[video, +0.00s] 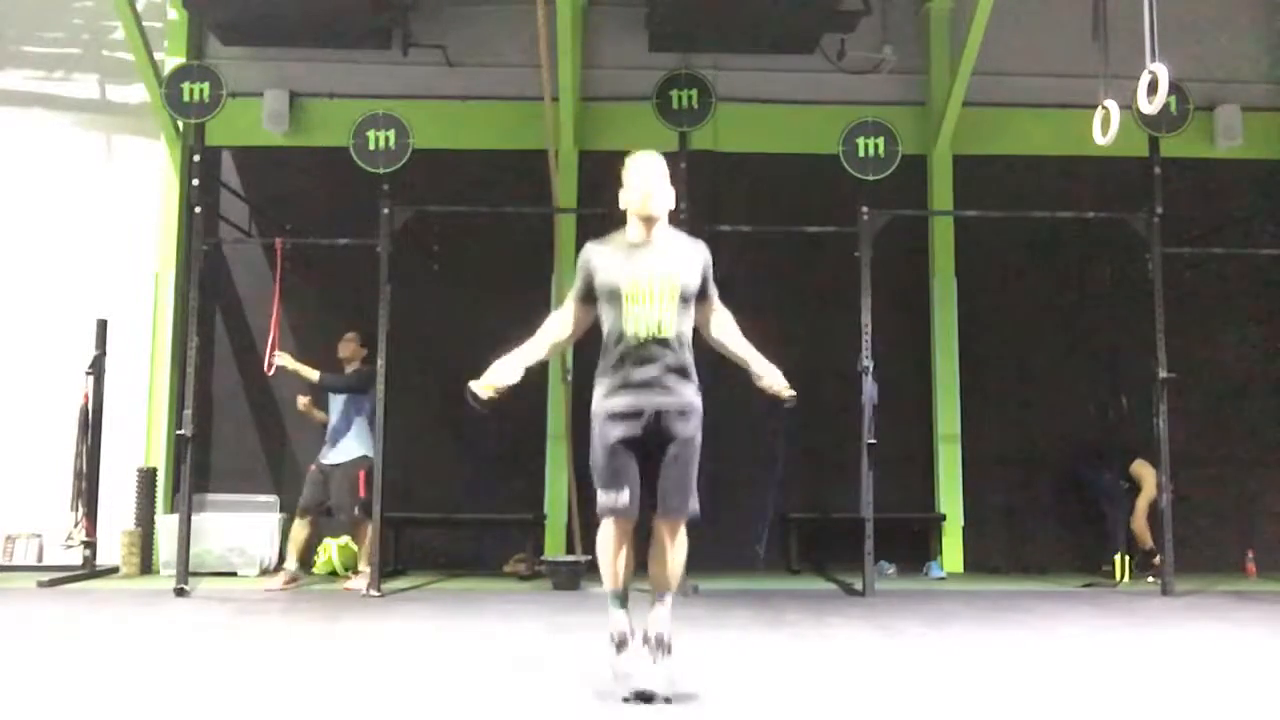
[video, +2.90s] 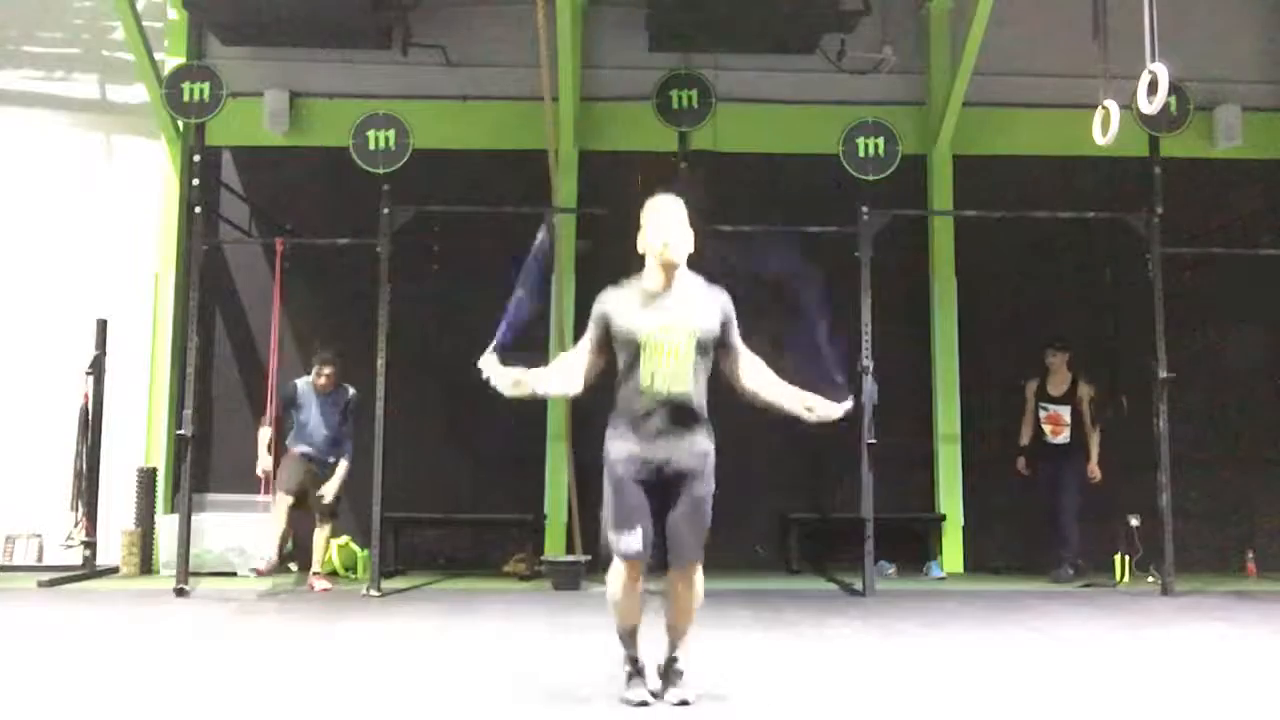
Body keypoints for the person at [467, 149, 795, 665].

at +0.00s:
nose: (651, 191)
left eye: (657, 183)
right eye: (641, 183)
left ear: (671, 191)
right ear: (622, 193)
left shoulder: (695, 254)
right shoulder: (597, 255)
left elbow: (712, 317)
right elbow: (568, 321)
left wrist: (760, 366)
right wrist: (513, 362)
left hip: (679, 398)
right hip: (616, 399)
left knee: (672, 516)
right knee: (618, 512)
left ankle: (660, 625)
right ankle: (619, 623)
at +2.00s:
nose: (663, 165)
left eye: (671, 157)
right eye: (653, 157)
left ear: (685, 169)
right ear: (637, 169)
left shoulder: (712, 233)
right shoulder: (611, 236)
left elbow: (745, 305)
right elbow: (578, 308)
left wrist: (794, 359)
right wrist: (530, 357)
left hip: (694, 373)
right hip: (633, 373)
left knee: (691, 487)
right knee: (638, 482)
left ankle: (676, 599)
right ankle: (635, 597)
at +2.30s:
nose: (664, 220)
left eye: (671, 211)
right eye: (654, 211)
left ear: (685, 218)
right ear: (636, 218)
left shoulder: (709, 280)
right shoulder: (609, 282)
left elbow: (736, 346)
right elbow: (573, 350)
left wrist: (791, 381)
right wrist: (513, 375)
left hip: (698, 419)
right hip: (635, 420)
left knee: (692, 540)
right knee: (641, 535)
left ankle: (678, 650)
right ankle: (638, 651)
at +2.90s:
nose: (672, 237)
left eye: (679, 227)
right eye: (662, 227)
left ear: (691, 236)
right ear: (642, 237)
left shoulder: (714, 302)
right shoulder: (613, 302)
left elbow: (744, 370)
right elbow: (577, 370)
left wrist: (806, 403)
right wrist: (525, 379)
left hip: (692, 447)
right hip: (629, 445)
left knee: (686, 565)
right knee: (630, 558)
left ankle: (673, 665)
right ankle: (631, 665)